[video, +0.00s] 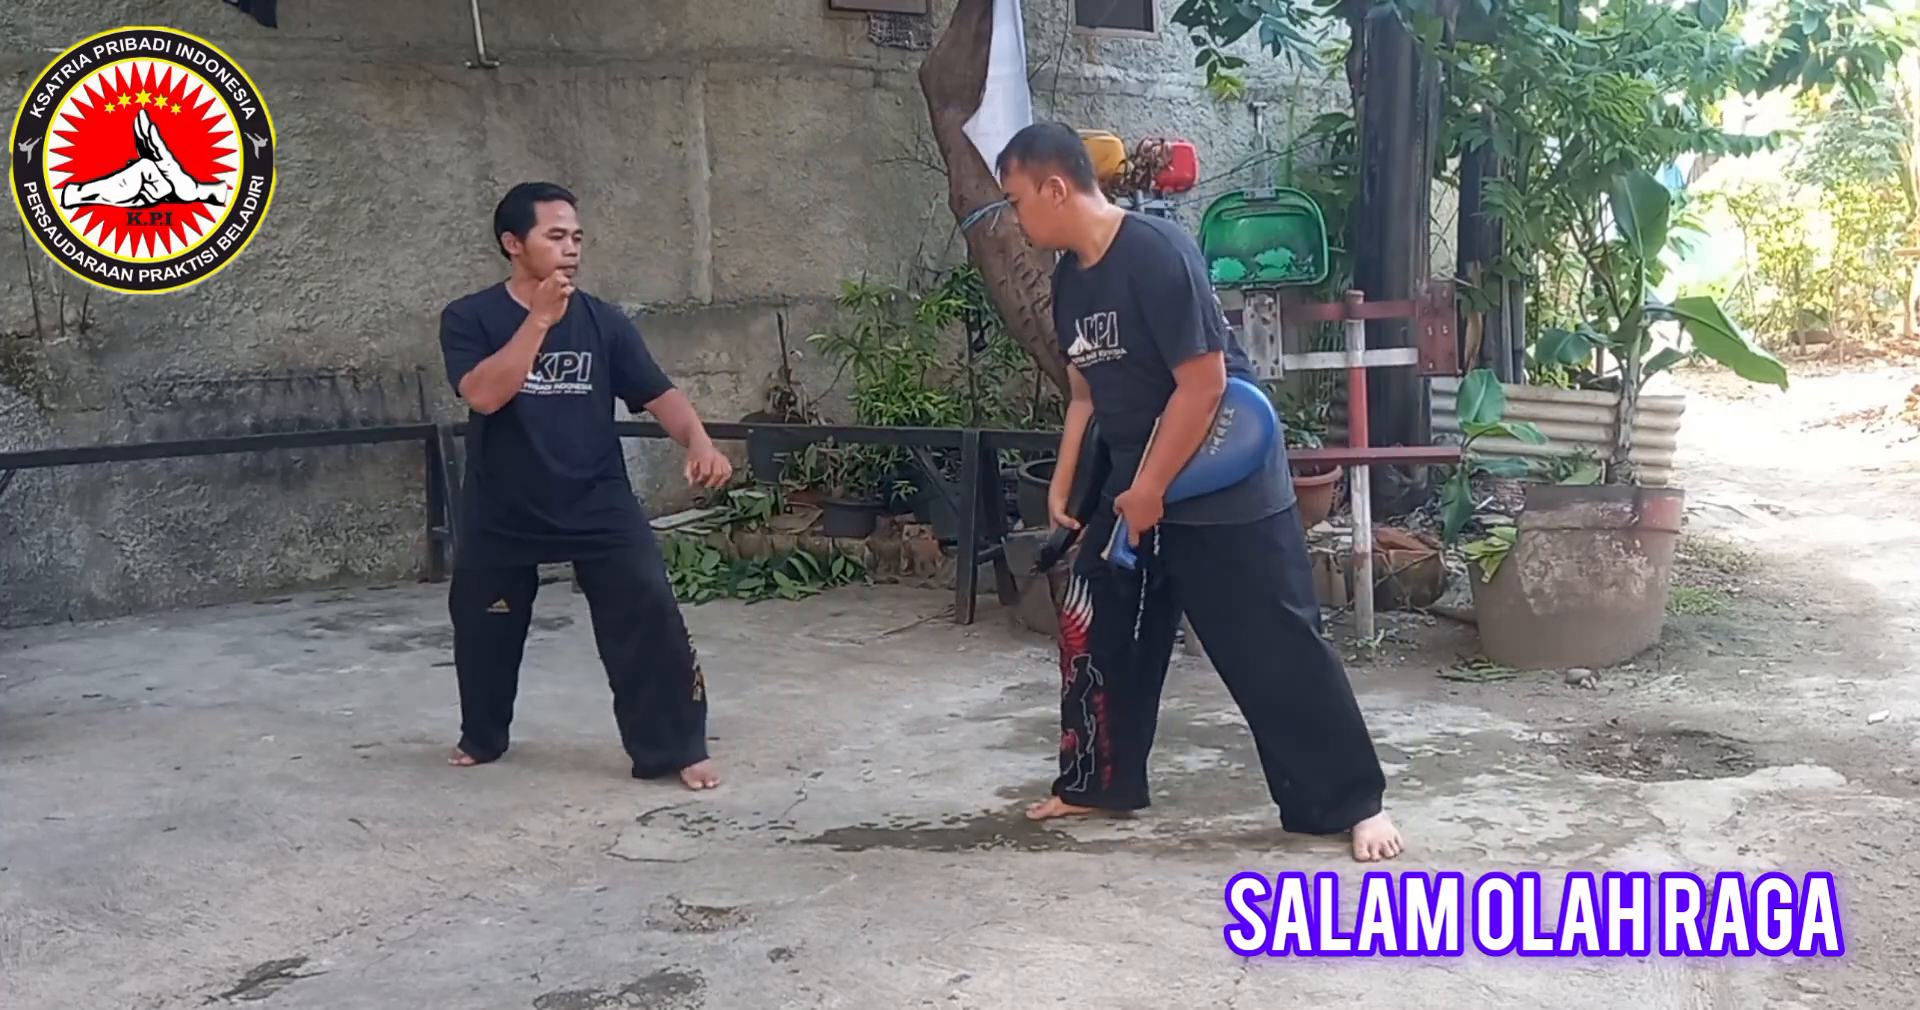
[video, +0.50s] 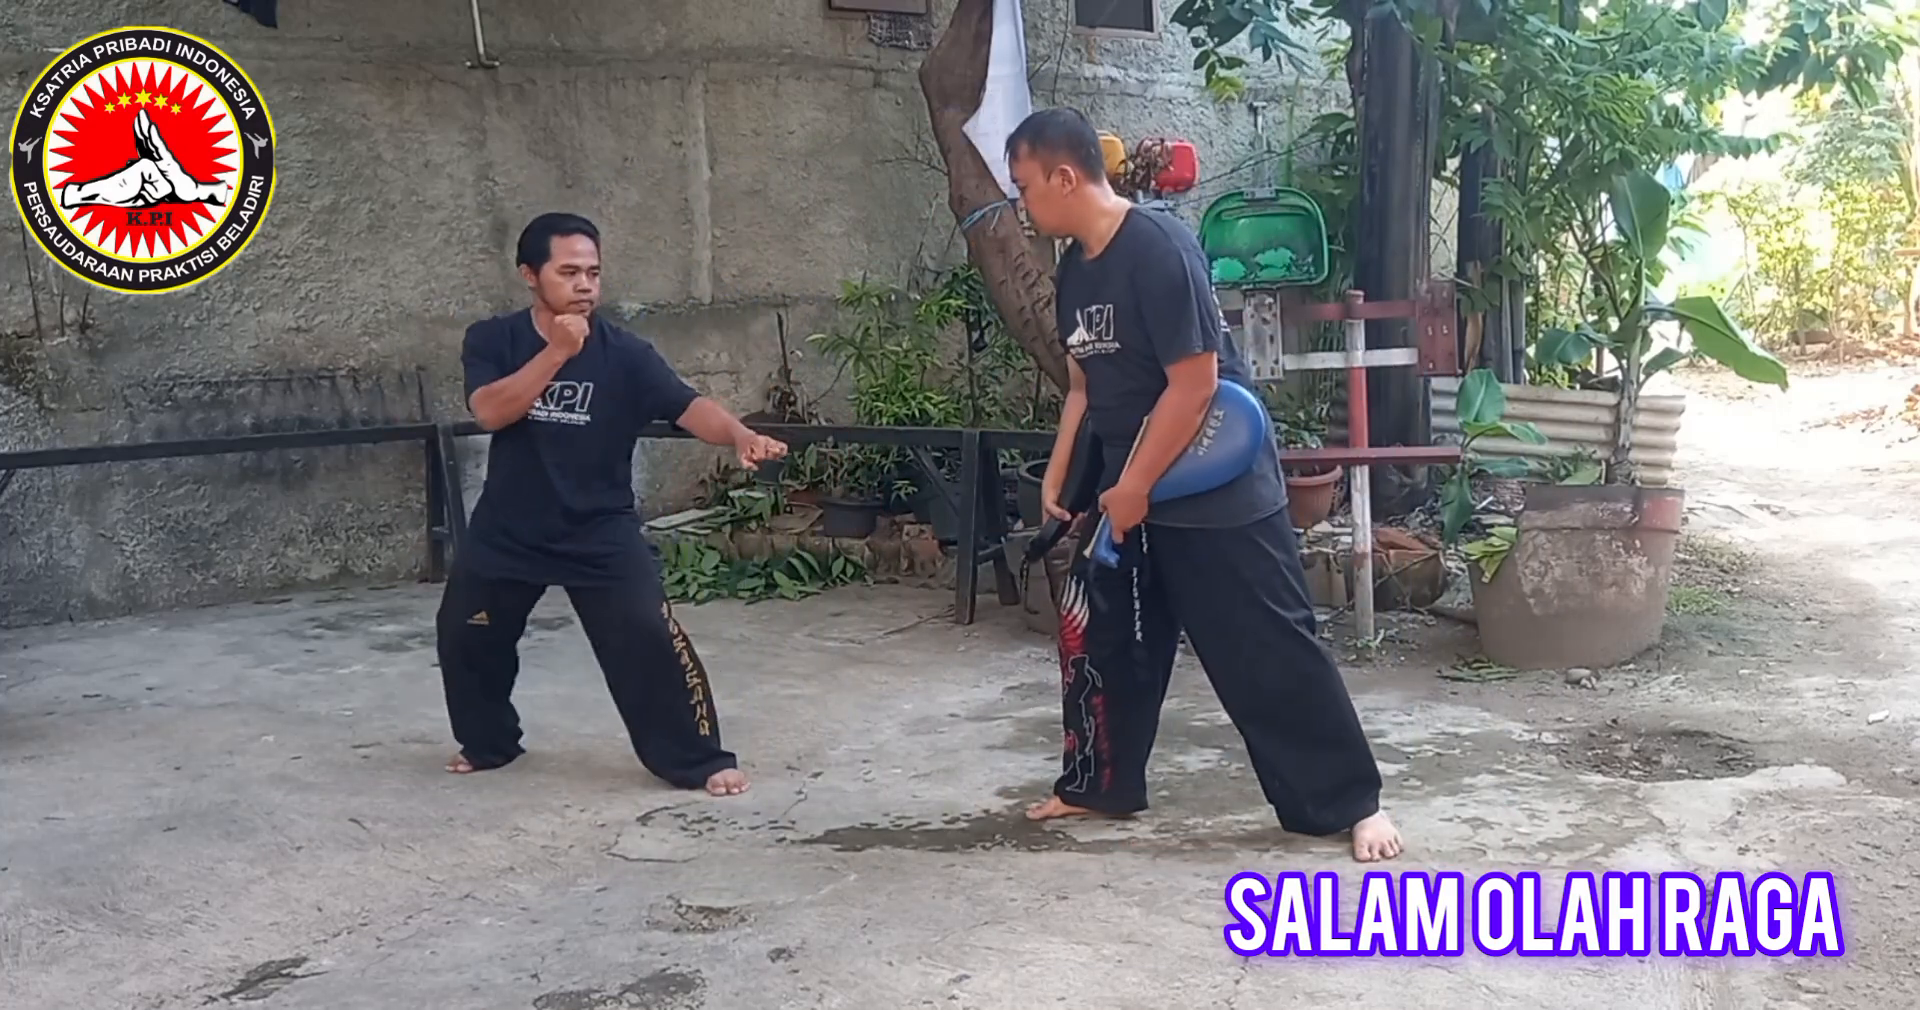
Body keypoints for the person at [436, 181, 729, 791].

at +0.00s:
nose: (572, 248)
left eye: (576, 236)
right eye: (557, 236)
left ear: (582, 242)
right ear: (513, 244)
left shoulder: (604, 321)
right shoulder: (470, 319)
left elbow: (658, 393)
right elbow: (482, 395)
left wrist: (700, 441)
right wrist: (539, 321)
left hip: (599, 503)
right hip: (504, 507)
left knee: (650, 607)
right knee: (481, 620)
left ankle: (681, 748)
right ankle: (481, 735)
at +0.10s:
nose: (578, 247)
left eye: (582, 235)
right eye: (563, 235)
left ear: (586, 242)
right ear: (519, 243)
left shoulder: (611, 321)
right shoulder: (477, 317)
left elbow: (666, 387)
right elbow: (491, 393)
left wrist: (712, 426)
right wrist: (549, 319)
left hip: (607, 506)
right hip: (514, 509)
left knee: (656, 616)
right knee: (487, 624)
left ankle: (699, 753)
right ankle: (482, 735)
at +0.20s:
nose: (601, 262)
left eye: (603, 251)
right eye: (585, 251)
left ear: (608, 258)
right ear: (542, 261)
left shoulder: (630, 335)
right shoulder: (501, 339)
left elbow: (693, 396)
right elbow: (521, 412)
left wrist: (738, 419)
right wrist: (578, 337)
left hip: (628, 521)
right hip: (532, 526)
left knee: (678, 623)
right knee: (499, 633)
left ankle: (703, 759)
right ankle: (487, 738)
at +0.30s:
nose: (606, 259)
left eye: (610, 247)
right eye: (590, 247)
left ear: (616, 253)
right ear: (548, 254)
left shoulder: (641, 331)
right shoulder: (506, 326)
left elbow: (708, 389)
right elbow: (524, 400)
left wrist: (759, 415)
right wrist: (587, 331)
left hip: (625, 514)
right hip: (530, 514)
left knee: (669, 624)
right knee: (488, 616)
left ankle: (711, 758)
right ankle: (491, 734)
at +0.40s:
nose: (597, 266)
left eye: (604, 254)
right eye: (582, 253)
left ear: (612, 257)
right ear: (543, 255)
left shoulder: (637, 333)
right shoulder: (501, 321)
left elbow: (699, 392)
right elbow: (503, 395)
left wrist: (752, 423)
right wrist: (574, 336)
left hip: (607, 515)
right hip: (517, 511)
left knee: (651, 627)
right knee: (483, 620)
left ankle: (702, 761)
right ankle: (491, 742)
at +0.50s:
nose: (585, 284)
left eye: (593, 272)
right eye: (570, 272)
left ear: (601, 276)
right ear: (532, 275)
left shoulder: (625, 353)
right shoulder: (493, 339)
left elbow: (687, 406)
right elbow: (489, 412)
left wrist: (738, 433)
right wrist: (558, 353)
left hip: (602, 531)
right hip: (510, 528)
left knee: (646, 634)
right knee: (465, 632)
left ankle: (700, 761)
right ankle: (488, 742)